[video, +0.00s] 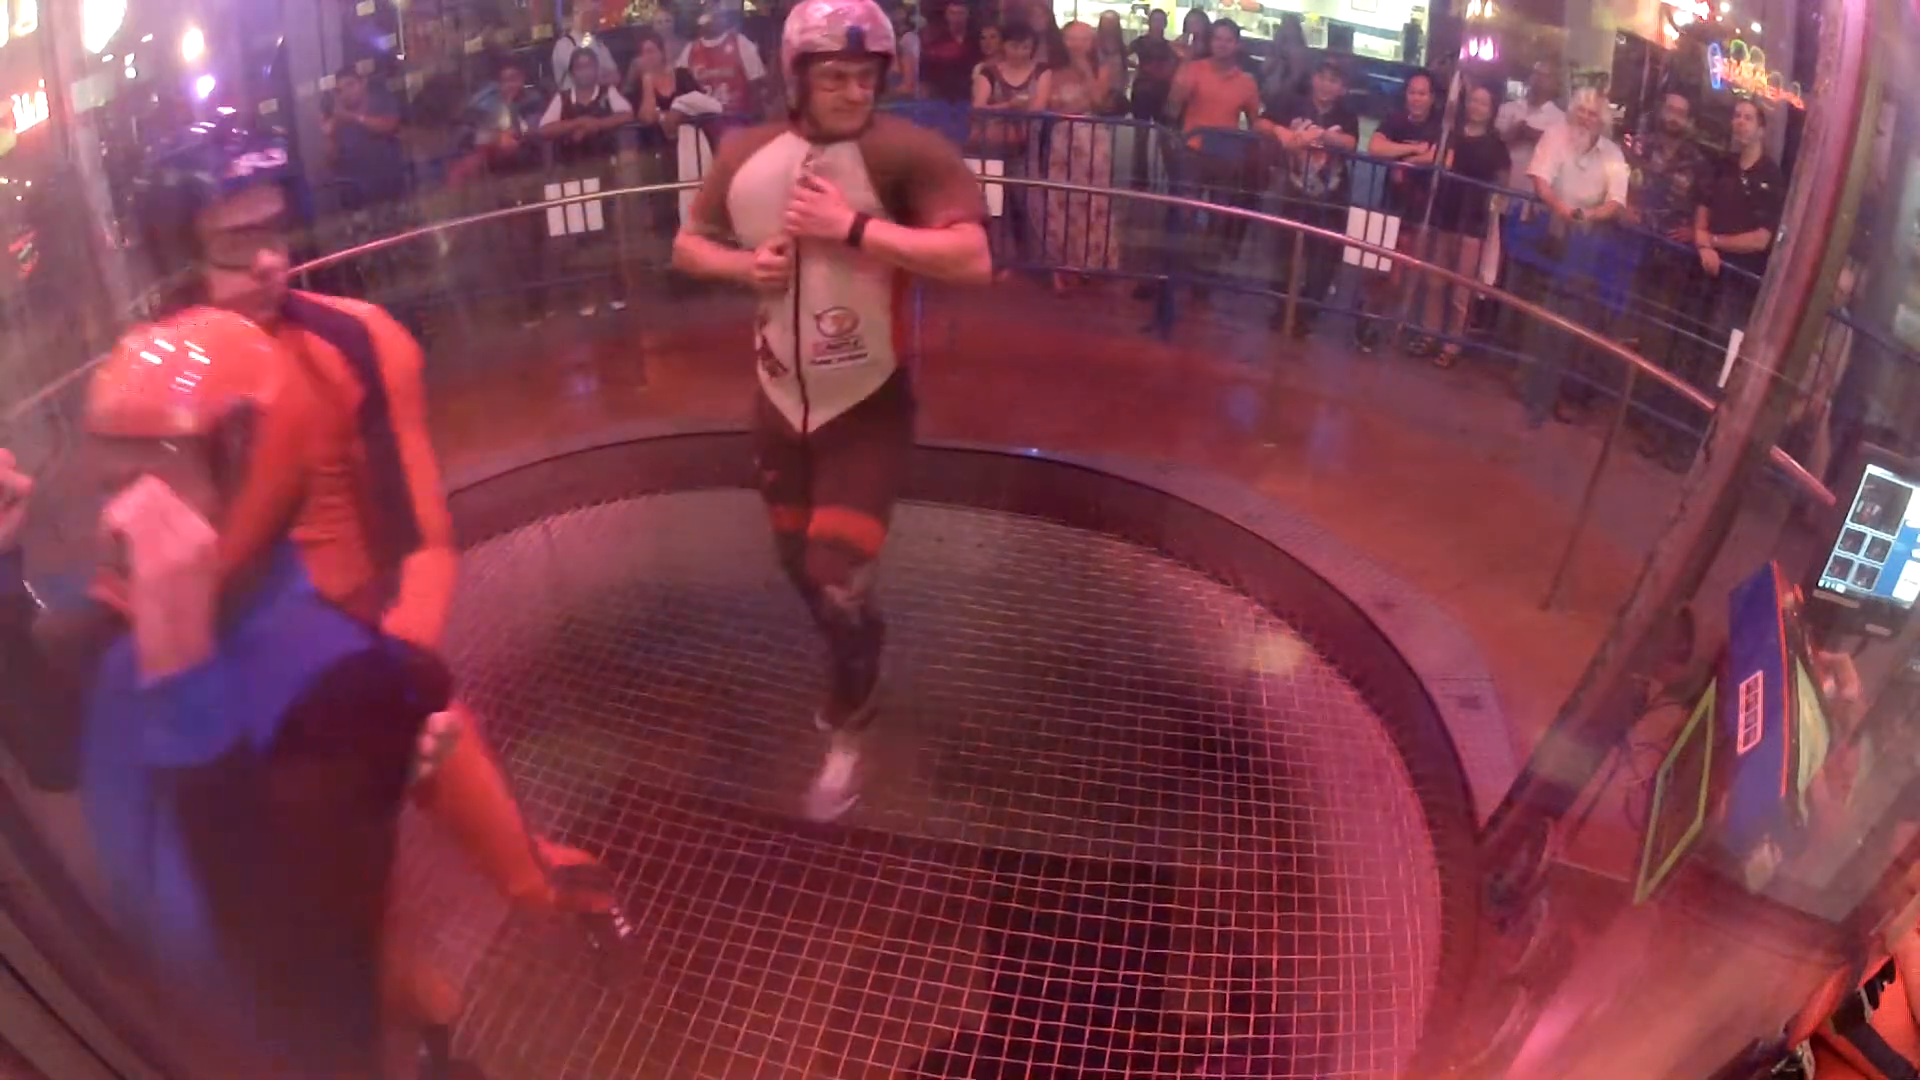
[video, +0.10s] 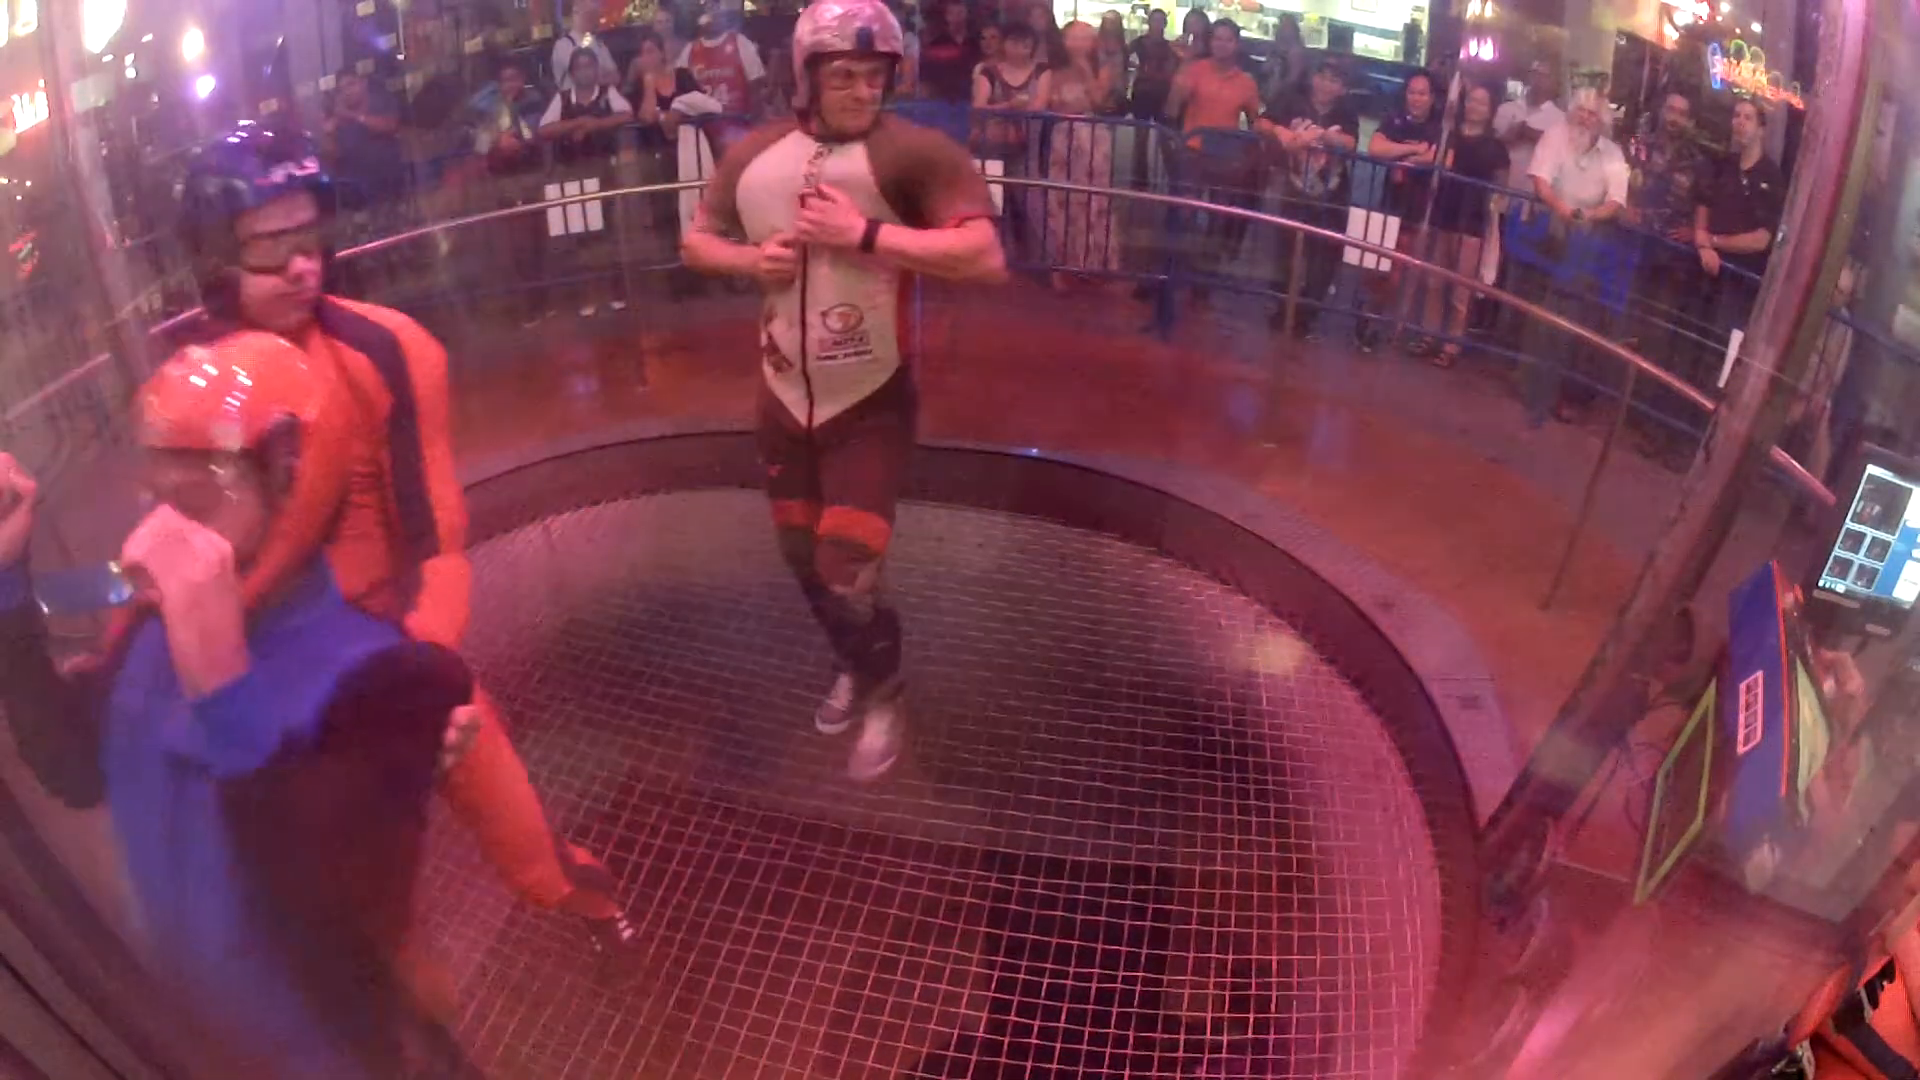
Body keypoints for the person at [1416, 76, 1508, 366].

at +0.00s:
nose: (1477, 107)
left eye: (1483, 103)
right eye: (1473, 101)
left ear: (1492, 110)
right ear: (1465, 104)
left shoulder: (1496, 146)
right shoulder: (1452, 138)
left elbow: (1502, 185)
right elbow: (1439, 169)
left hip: (1473, 219)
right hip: (1443, 213)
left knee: (1462, 286)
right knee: (1434, 280)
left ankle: (1452, 342)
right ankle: (1429, 333)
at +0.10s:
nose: (1473, 107)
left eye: (1480, 103)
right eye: (1470, 100)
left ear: (1491, 111)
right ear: (1463, 105)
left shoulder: (1495, 148)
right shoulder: (1451, 140)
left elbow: (1500, 188)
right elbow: (1437, 173)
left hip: (1473, 222)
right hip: (1442, 215)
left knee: (1461, 287)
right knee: (1434, 280)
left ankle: (1452, 343)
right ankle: (1428, 333)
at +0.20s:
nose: (1473, 107)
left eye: (1480, 103)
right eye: (1470, 100)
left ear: (1490, 111)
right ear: (1463, 105)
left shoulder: (1495, 148)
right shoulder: (1450, 139)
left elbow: (1500, 188)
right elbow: (1437, 172)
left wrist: (1492, 209)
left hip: (1473, 221)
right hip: (1443, 215)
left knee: (1462, 287)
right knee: (1434, 280)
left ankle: (1452, 343)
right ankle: (1428, 333)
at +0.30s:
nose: (1473, 106)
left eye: (1480, 102)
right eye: (1470, 100)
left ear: (1490, 111)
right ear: (1462, 105)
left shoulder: (1494, 148)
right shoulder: (1450, 139)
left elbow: (1499, 187)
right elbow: (1437, 173)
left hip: (1473, 221)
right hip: (1442, 215)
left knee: (1462, 286)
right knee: (1434, 280)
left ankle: (1452, 342)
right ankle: (1428, 333)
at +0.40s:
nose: (1473, 107)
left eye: (1480, 103)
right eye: (1470, 101)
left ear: (1490, 111)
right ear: (1462, 105)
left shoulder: (1494, 148)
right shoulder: (1450, 139)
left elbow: (1499, 186)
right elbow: (1436, 172)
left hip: (1472, 220)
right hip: (1442, 214)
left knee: (1461, 286)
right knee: (1434, 280)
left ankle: (1451, 343)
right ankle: (1428, 333)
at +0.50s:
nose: (1472, 108)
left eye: (1478, 103)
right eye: (1468, 101)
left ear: (1488, 110)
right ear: (1461, 106)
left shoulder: (1492, 147)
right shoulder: (1449, 139)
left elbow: (1498, 184)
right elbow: (1436, 171)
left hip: (1472, 218)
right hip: (1442, 213)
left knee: (1461, 285)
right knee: (1434, 279)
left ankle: (1451, 342)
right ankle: (1428, 333)